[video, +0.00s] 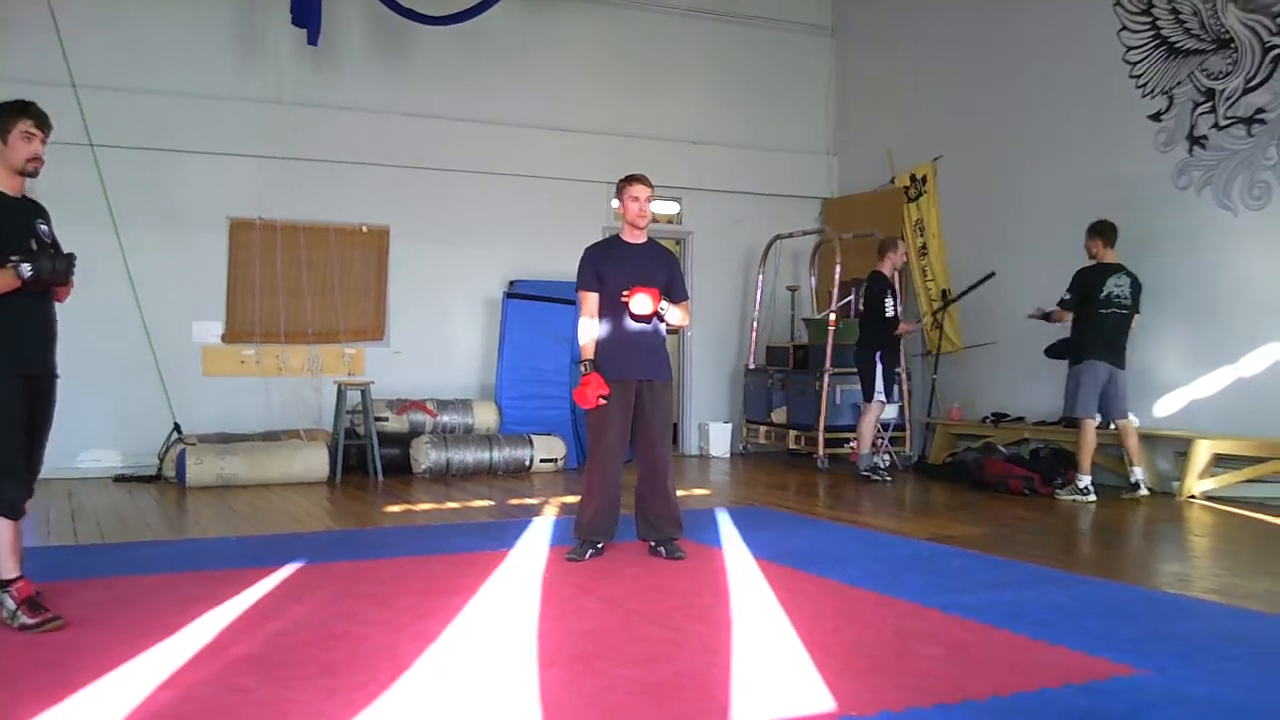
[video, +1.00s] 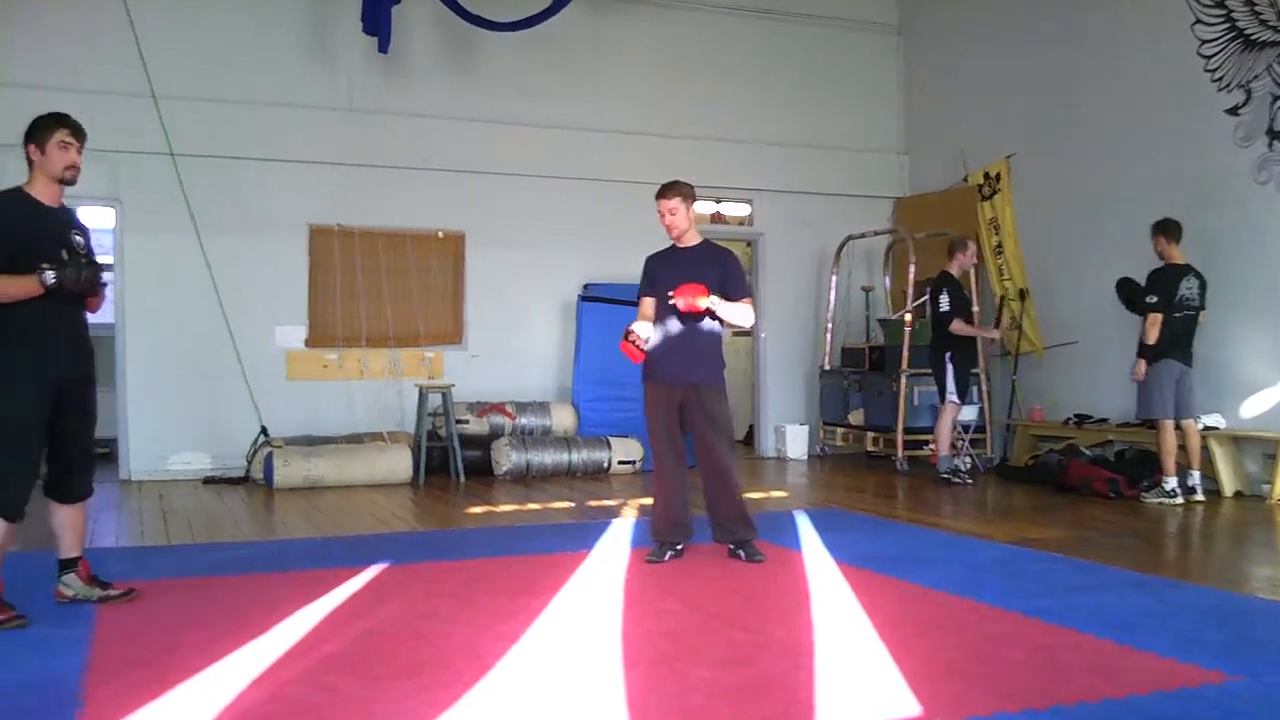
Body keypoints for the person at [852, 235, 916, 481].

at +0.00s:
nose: (905, 260)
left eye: (905, 255)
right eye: (903, 255)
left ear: (887, 256)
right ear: (890, 256)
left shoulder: (878, 280)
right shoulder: (882, 283)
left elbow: (885, 321)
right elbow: (889, 325)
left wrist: (905, 325)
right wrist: (911, 326)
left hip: (874, 350)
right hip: (875, 351)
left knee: (873, 406)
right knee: (875, 405)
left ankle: (865, 459)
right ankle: (864, 461)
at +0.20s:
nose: (912, 257)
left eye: (911, 253)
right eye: (909, 253)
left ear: (893, 255)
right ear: (897, 255)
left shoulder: (884, 280)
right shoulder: (889, 283)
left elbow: (904, 311)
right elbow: (911, 320)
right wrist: (930, 301)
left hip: (880, 349)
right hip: (885, 351)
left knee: (880, 406)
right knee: (885, 405)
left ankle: (875, 460)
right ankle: (874, 462)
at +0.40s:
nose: (936, 257)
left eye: (935, 252)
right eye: (933, 253)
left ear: (916, 256)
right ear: (921, 256)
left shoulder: (908, 281)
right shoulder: (914, 284)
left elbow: (933, 317)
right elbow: (940, 319)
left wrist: (952, 308)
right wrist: (958, 304)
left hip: (906, 350)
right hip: (911, 352)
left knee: (907, 406)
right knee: (911, 406)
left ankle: (902, 461)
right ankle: (900, 463)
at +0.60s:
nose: (937, 259)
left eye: (936, 254)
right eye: (933, 254)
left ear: (918, 257)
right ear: (919, 257)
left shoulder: (911, 283)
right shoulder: (913, 285)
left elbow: (931, 321)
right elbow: (932, 323)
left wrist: (963, 328)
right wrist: (967, 329)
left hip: (913, 354)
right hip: (911, 355)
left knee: (912, 408)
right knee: (913, 408)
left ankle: (903, 462)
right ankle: (902, 465)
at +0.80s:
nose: (936, 259)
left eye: (936, 254)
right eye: (933, 254)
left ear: (920, 256)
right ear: (920, 256)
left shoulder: (913, 283)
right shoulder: (910, 284)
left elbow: (920, 322)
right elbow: (920, 325)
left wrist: (946, 331)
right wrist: (951, 336)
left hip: (913, 352)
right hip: (910, 353)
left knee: (908, 407)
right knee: (913, 406)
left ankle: (904, 460)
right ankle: (902, 462)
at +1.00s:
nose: (975, 260)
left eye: (975, 255)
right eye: (972, 255)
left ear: (958, 256)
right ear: (959, 256)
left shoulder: (955, 284)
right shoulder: (945, 284)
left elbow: (958, 322)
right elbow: (951, 324)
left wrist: (982, 330)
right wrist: (985, 333)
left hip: (956, 351)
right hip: (947, 352)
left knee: (951, 406)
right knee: (951, 405)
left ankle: (946, 460)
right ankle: (944, 463)